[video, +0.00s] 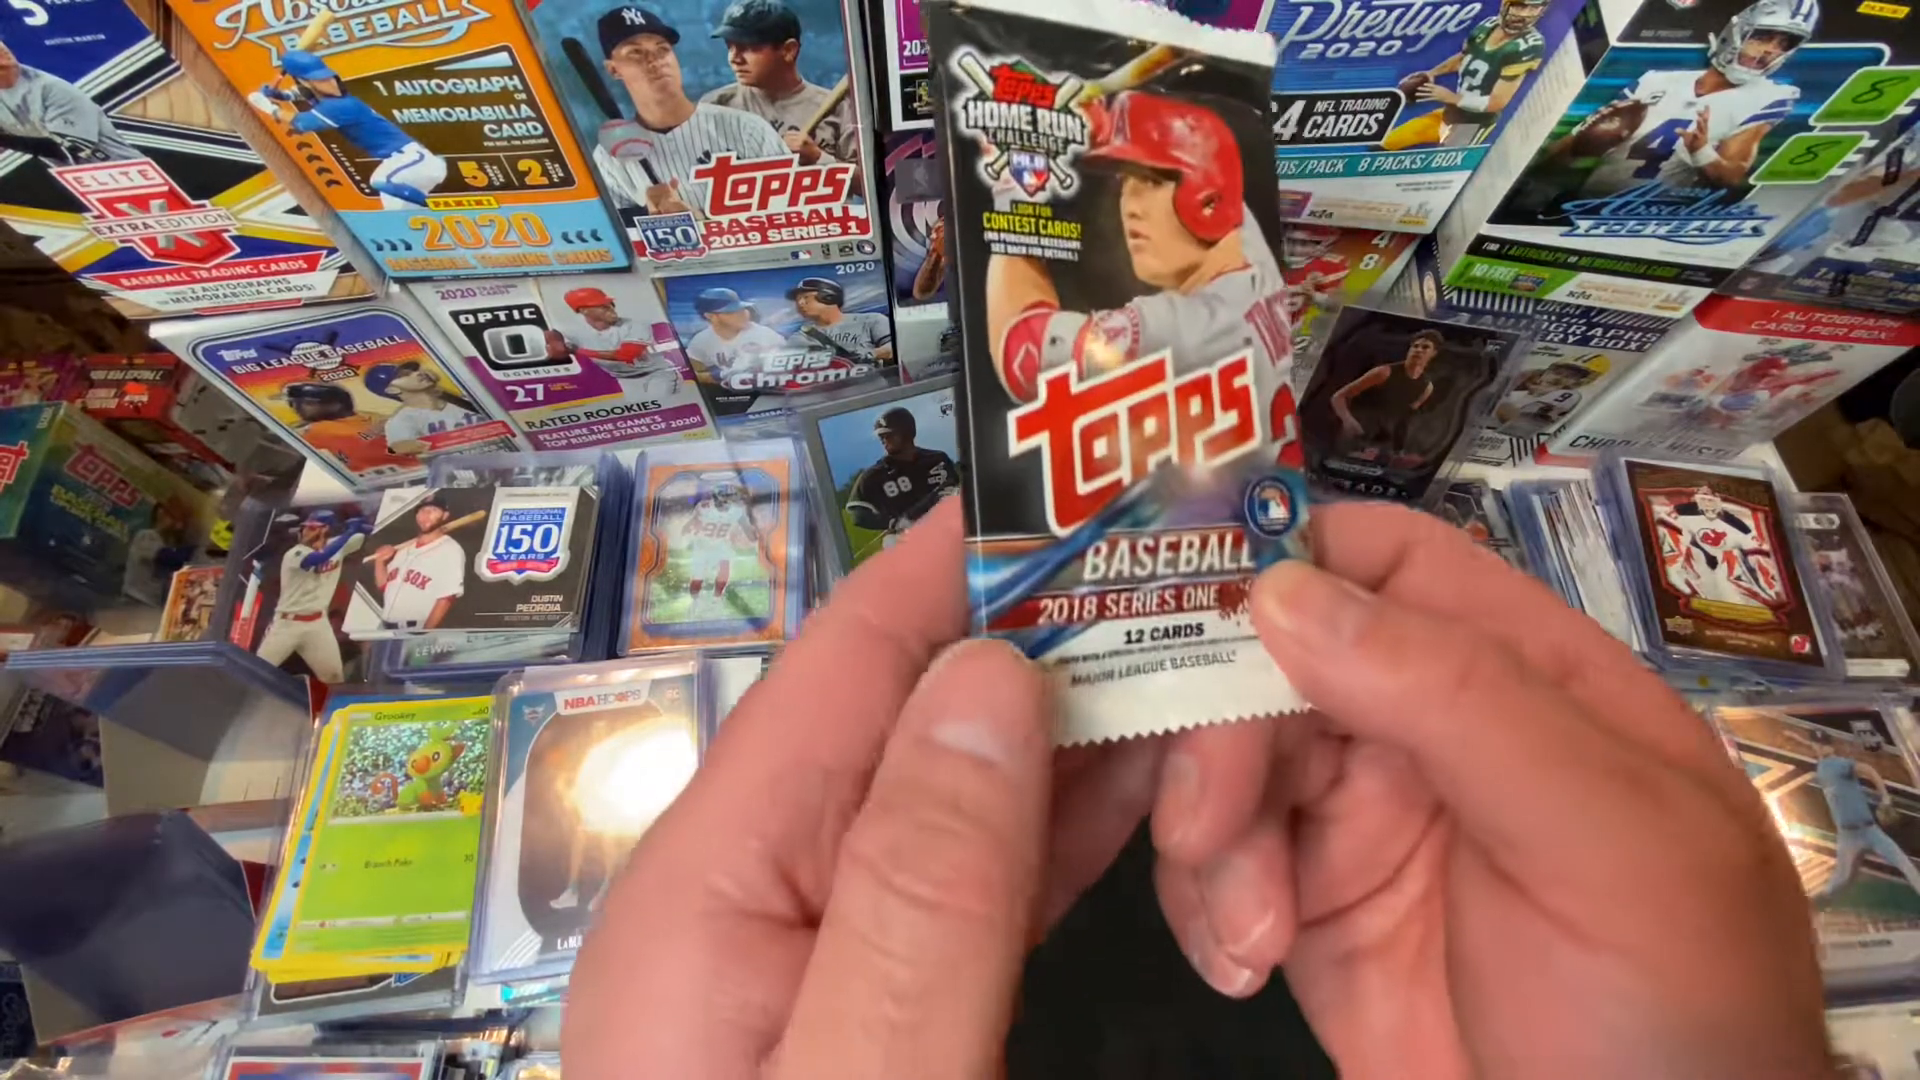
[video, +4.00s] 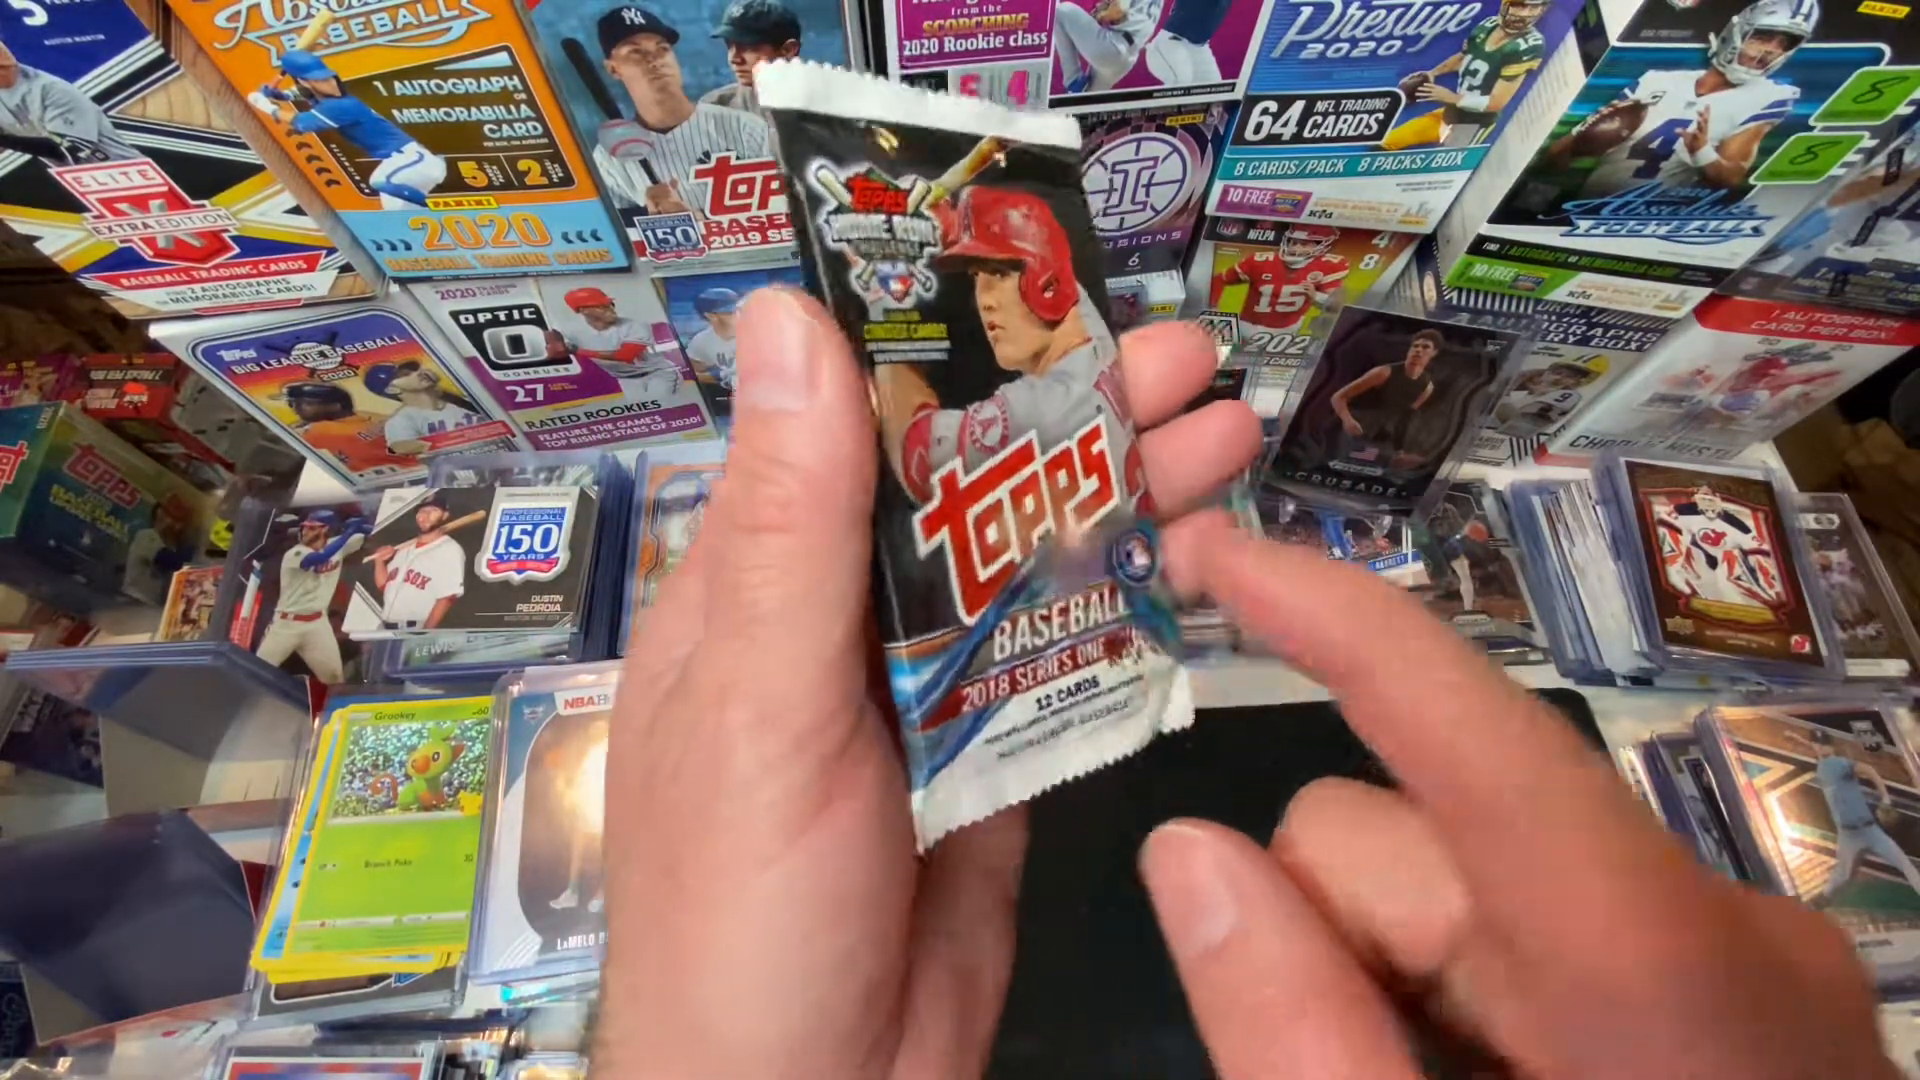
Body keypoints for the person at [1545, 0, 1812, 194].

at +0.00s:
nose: (1770, 52)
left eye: (1783, 46)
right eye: (1764, 37)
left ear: (1789, 56)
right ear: (1738, 32)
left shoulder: (1764, 100)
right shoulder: (1657, 83)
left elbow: (1735, 176)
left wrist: (1702, 154)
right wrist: (1583, 140)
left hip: (1660, 222)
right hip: (1593, 204)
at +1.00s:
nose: (1770, 52)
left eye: (1783, 45)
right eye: (1764, 37)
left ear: (1789, 56)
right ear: (1737, 33)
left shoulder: (1762, 100)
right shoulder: (1657, 83)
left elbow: (1735, 177)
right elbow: (1561, 153)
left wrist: (1703, 154)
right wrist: (1585, 140)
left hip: (1658, 224)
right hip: (1591, 206)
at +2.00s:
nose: (1770, 52)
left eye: (1783, 46)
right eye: (1764, 38)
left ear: (1788, 57)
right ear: (1737, 34)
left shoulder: (1763, 100)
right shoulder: (1658, 82)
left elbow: (1736, 176)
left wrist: (1701, 154)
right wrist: (1579, 141)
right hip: (1592, 206)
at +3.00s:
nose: (1770, 51)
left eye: (1783, 45)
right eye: (1763, 37)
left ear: (1788, 56)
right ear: (1737, 33)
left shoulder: (1762, 100)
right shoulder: (1658, 82)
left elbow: (1735, 178)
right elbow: (1557, 156)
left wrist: (1702, 153)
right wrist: (1582, 138)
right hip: (1593, 206)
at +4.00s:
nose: (1770, 51)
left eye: (1783, 45)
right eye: (1763, 37)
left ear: (1788, 56)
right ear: (1737, 33)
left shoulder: (1763, 100)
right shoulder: (1657, 83)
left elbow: (1735, 178)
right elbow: (1554, 156)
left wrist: (1702, 154)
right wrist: (1582, 138)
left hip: (1660, 226)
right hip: (1592, 207)